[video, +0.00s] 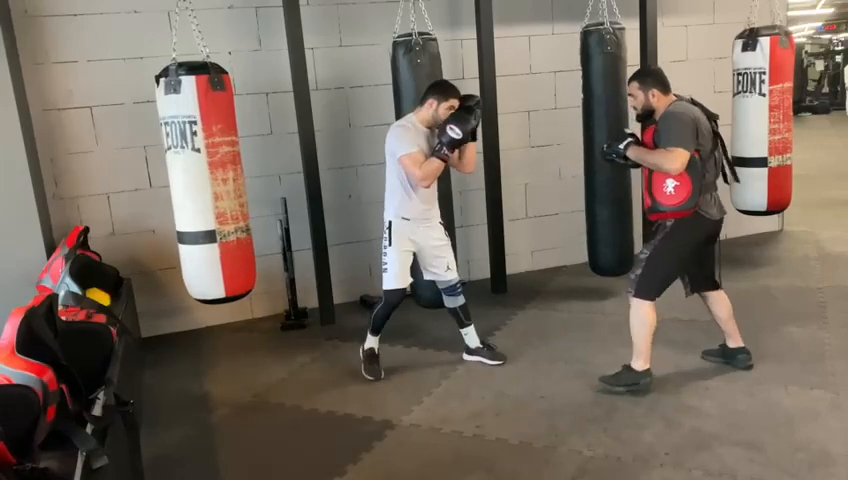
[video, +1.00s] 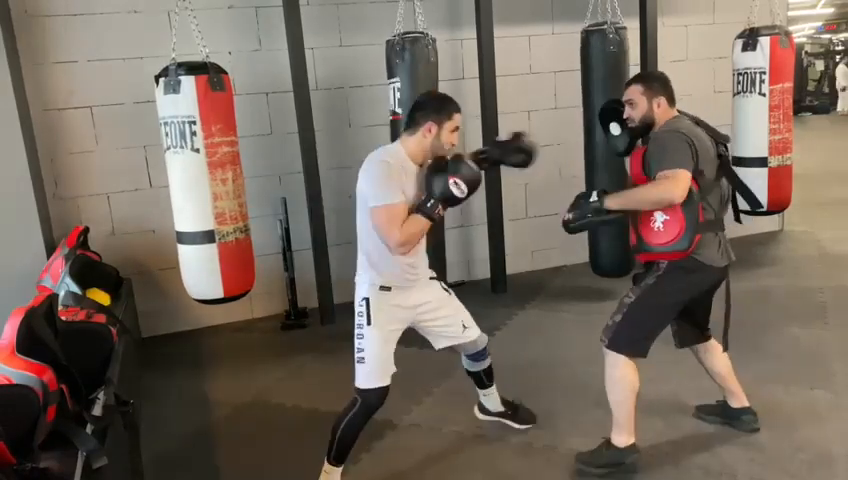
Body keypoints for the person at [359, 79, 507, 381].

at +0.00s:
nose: (451, 116)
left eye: (453, 111)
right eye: (449, 109)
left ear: (437, 107)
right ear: (432, 103)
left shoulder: (436, 133)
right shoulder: (400, 132)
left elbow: (467, 166)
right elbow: (423, 177)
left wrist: (469, 126)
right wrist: (448, 144)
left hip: (430, 223)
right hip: (400, 224)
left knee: (451, 284)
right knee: (395, 292)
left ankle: (474, 346)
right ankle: (370, 347)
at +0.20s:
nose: (444, 119)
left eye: (447, 115)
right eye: (442, 112)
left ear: (431, 111)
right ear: (425, 107)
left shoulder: (428, 137)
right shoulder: (394, 138)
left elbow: (459, 171)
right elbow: (417, 187)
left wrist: (463, 138)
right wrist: (442, 152)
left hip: (428, 229)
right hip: (397, 231)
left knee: (458, 284)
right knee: (389, 300)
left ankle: (474, 346)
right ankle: (371, 372)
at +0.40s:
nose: (439, 116)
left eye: (442, 111)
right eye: (437, 110)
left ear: (421, 107)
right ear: (417, 105)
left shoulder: (422, 135)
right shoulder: (387, 137)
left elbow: (439, 176)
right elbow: (408, 185)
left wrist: (450, 145)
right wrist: (434, 151)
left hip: (427, 227)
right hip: (396, 231)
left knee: (460, 283)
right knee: (387, 302)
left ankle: (474, 344)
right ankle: (371, 371)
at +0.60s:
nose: (429, 135)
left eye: (430, 126)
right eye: (425, 125)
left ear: (399, 124)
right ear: (400, 123)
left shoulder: (390, 160)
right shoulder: (358, 166)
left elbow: (395, 220)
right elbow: (388, 237)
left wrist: (423, 186)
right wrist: (425, 199)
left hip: (393, 282)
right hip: (358, 290)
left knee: (435, 352)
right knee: (361, 393)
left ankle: (456, 434)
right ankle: (327, 473)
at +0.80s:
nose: (427, 133)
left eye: (428, 124)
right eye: (423, 124)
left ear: (397, 122)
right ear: (400, 122)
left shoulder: (385, 157)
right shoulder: (362, 163)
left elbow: (408, 213)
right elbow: (415, 226)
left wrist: (439, 176)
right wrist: (444, 177)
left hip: (397, 284)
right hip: (363, 294)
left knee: (450, 341)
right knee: (367, 396)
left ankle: (460, 423)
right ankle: (328, 473)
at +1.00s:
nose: (456, 140)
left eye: (458, 131)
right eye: (453, 131)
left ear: (428, 129)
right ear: (429, 128)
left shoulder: (428, 164)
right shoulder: (379, 167)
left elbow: (453, 176)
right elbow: (400, 239)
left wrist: (489, 157)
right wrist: (440, 200)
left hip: (423, 284)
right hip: (380, 293)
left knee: (476, 344)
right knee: (372, 393)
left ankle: (491, 405)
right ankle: (330, 471)